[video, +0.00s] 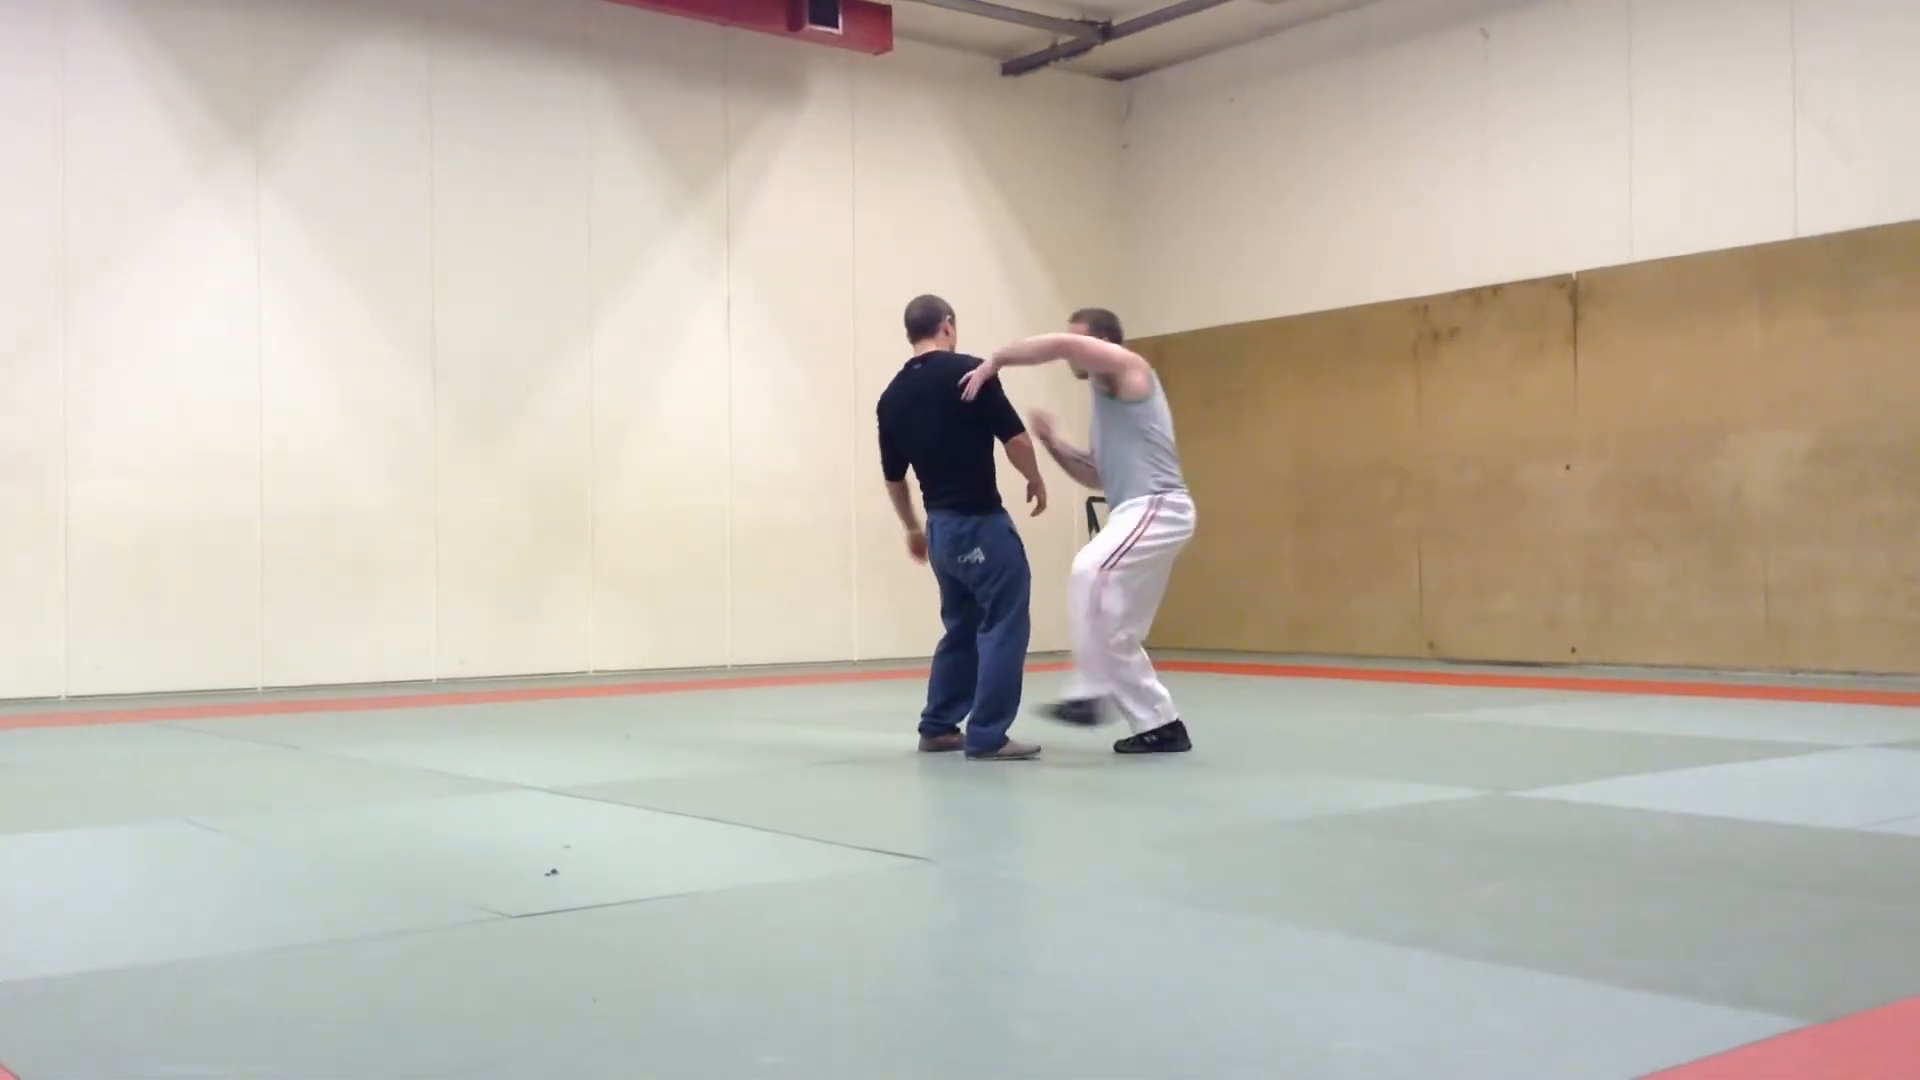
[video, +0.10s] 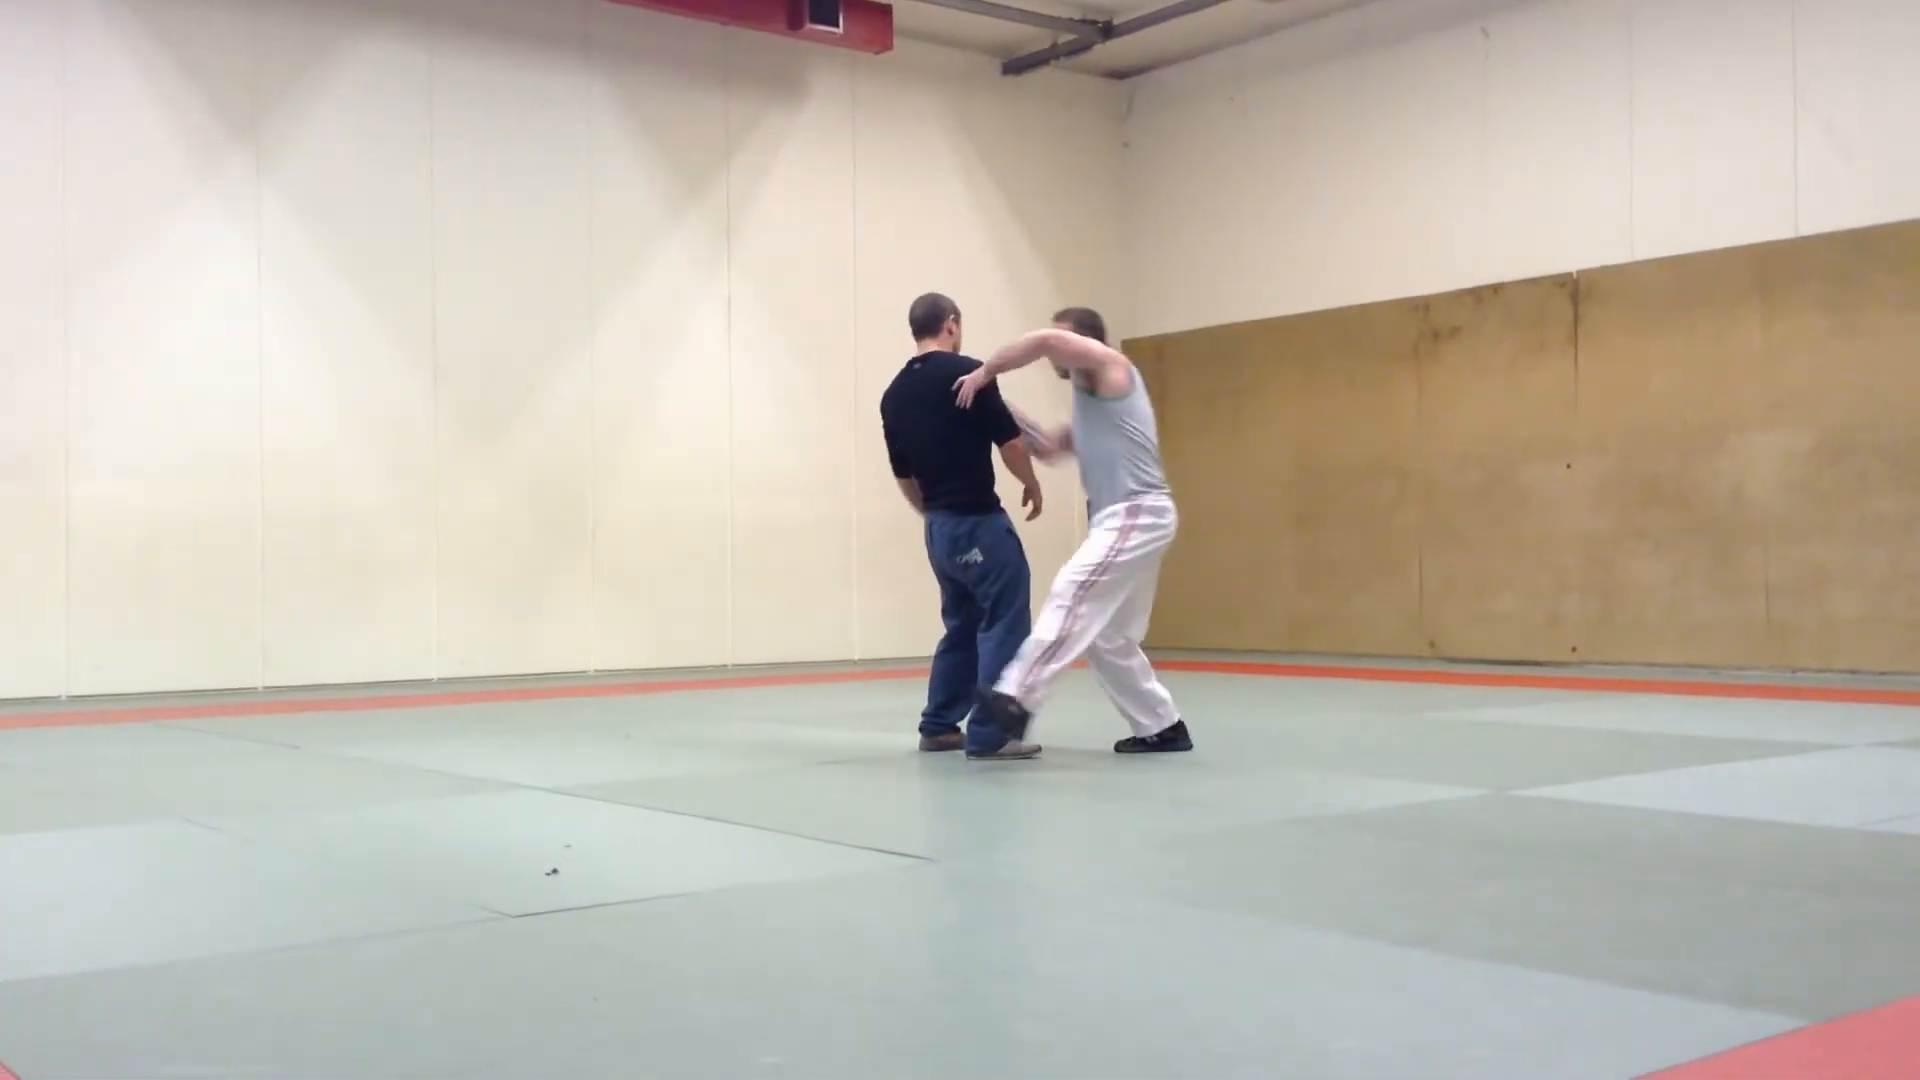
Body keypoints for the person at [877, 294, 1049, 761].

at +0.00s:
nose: (956, 334)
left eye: (952, 328)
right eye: (955, 327)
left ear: (908, 334)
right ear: (948, 328)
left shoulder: (892, 395)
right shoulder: (972, 371)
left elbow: (894, 476)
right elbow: (1015, 439)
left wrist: (911, 527)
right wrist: (1033, 478)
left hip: (940, 527)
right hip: (984, 525)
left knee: (960, 626)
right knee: (1007, 624)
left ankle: (938, 726)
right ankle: (988, 736)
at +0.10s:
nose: (960, 333)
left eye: (957, 327)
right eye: (959, 326)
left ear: (913, 332)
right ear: (951, 326)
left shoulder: (894, 392)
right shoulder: (971, 373)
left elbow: (903, 475)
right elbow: (1010, 442)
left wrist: (932, 512)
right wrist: (1029, 483)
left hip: (939, 527)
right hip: (981, 525)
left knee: (961, 625)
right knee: (1007, 622)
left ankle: (939, 725)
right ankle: (990, 735)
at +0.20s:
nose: (966, 334)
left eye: (964, 327)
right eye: (965, 327)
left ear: (918, 330)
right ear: (954, 326)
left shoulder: (898, 390)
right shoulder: (968, 375)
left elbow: (910, 464)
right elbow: (1004, 447)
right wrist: (1028, 488)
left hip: (937, 526)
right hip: (978, 524)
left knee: (961, 623)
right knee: (1006, 622)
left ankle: (939, 724)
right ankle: (989, 730)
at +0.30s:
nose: (970, 333)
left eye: (970, 326)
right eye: (969, 326)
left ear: (923, 327)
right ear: (956, 324)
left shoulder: (899, 380)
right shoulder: (963, 373)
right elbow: (1003, 455)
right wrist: (1030, 488)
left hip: (936, 521)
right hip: (977, 521)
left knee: (960, 621)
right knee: (1005, 619)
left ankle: (939, 722)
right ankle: (989, 732)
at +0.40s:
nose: (970, 333)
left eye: (969, 325)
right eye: (969, 325)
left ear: (923, 326)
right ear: (957, 324)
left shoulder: (898, 380)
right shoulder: (964, 376)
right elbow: (996, 445)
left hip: (937, 515)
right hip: (979, 511)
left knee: (963, 617)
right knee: (1009, 616)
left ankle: (940, 721)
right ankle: (990, 732)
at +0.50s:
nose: (962, 335)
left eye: (961, 327)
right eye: (960, 327)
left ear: (914, 329)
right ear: (945, 328)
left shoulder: (892, 386)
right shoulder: (959, 384)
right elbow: (984, 449)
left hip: (930, 521)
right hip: (974, 516)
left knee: (960, 620)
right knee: (1009, 621)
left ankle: (941, 720)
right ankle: (991, 731)